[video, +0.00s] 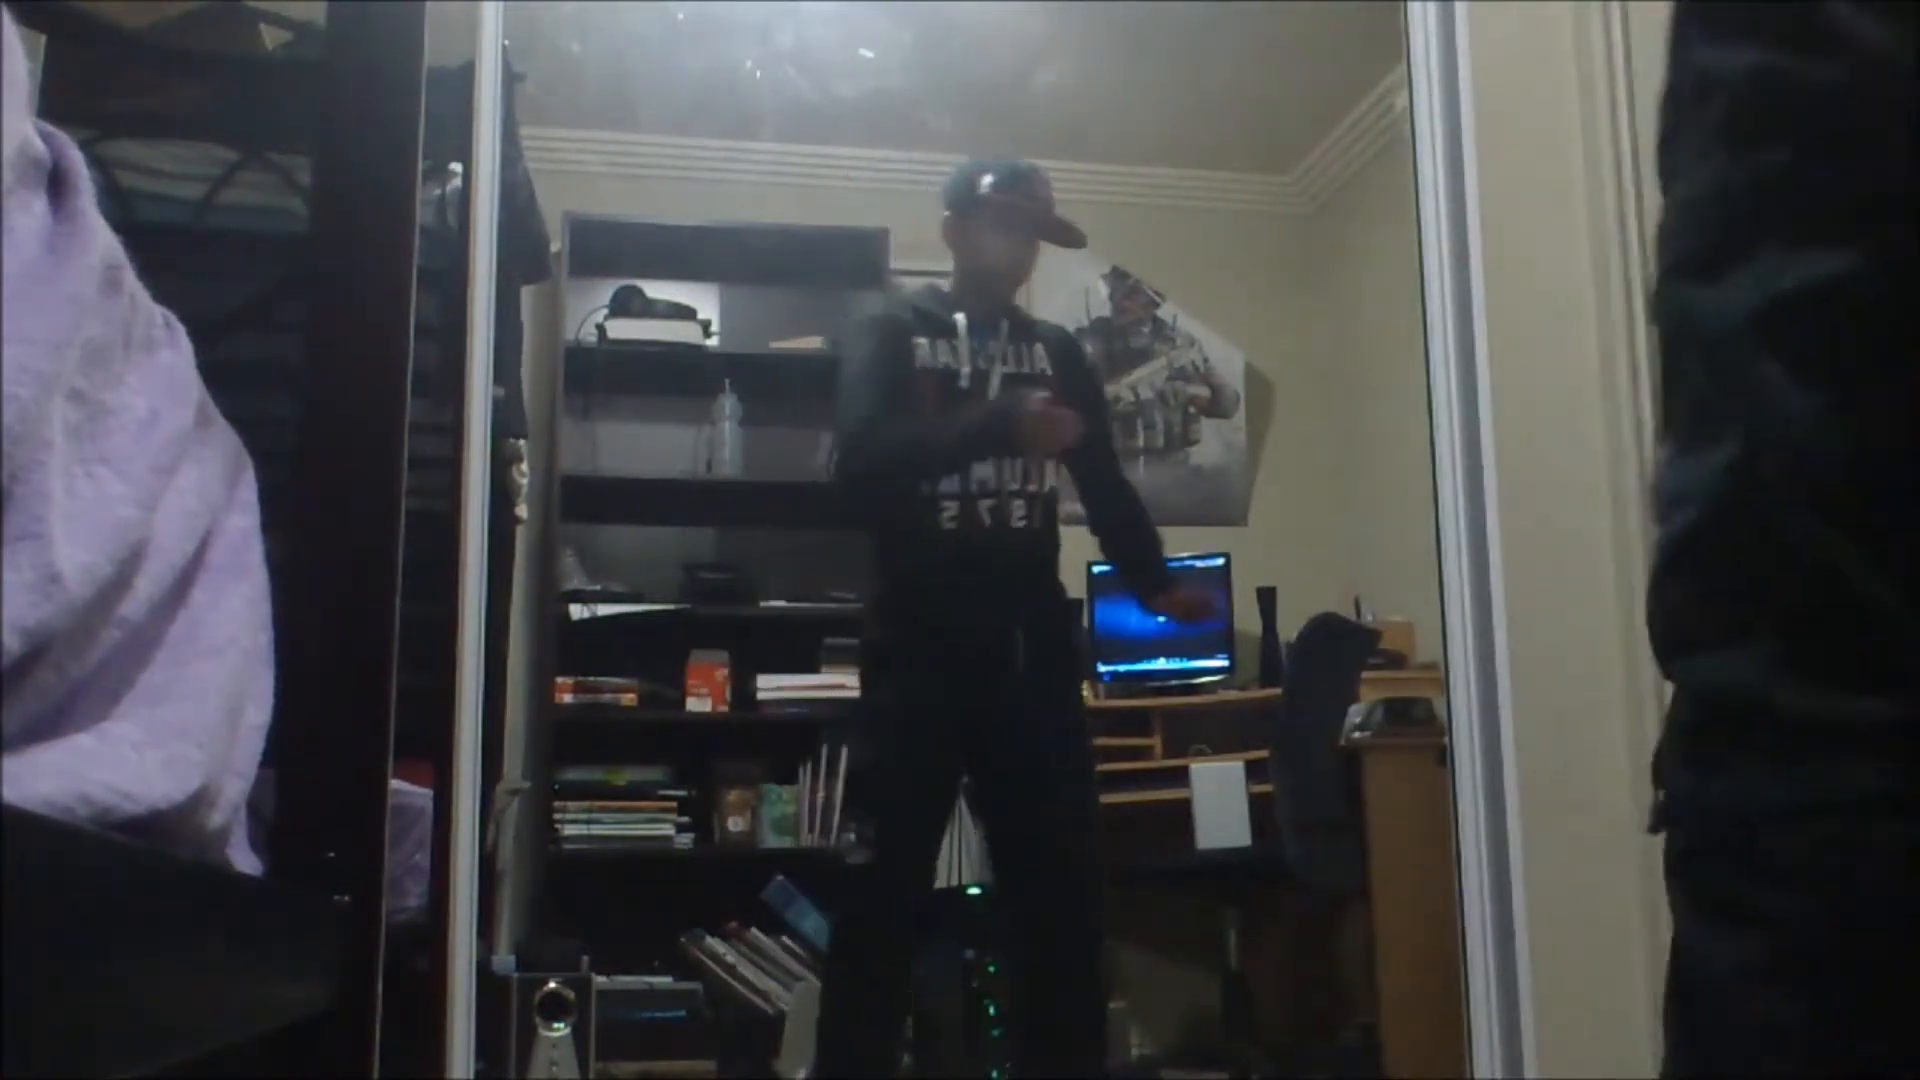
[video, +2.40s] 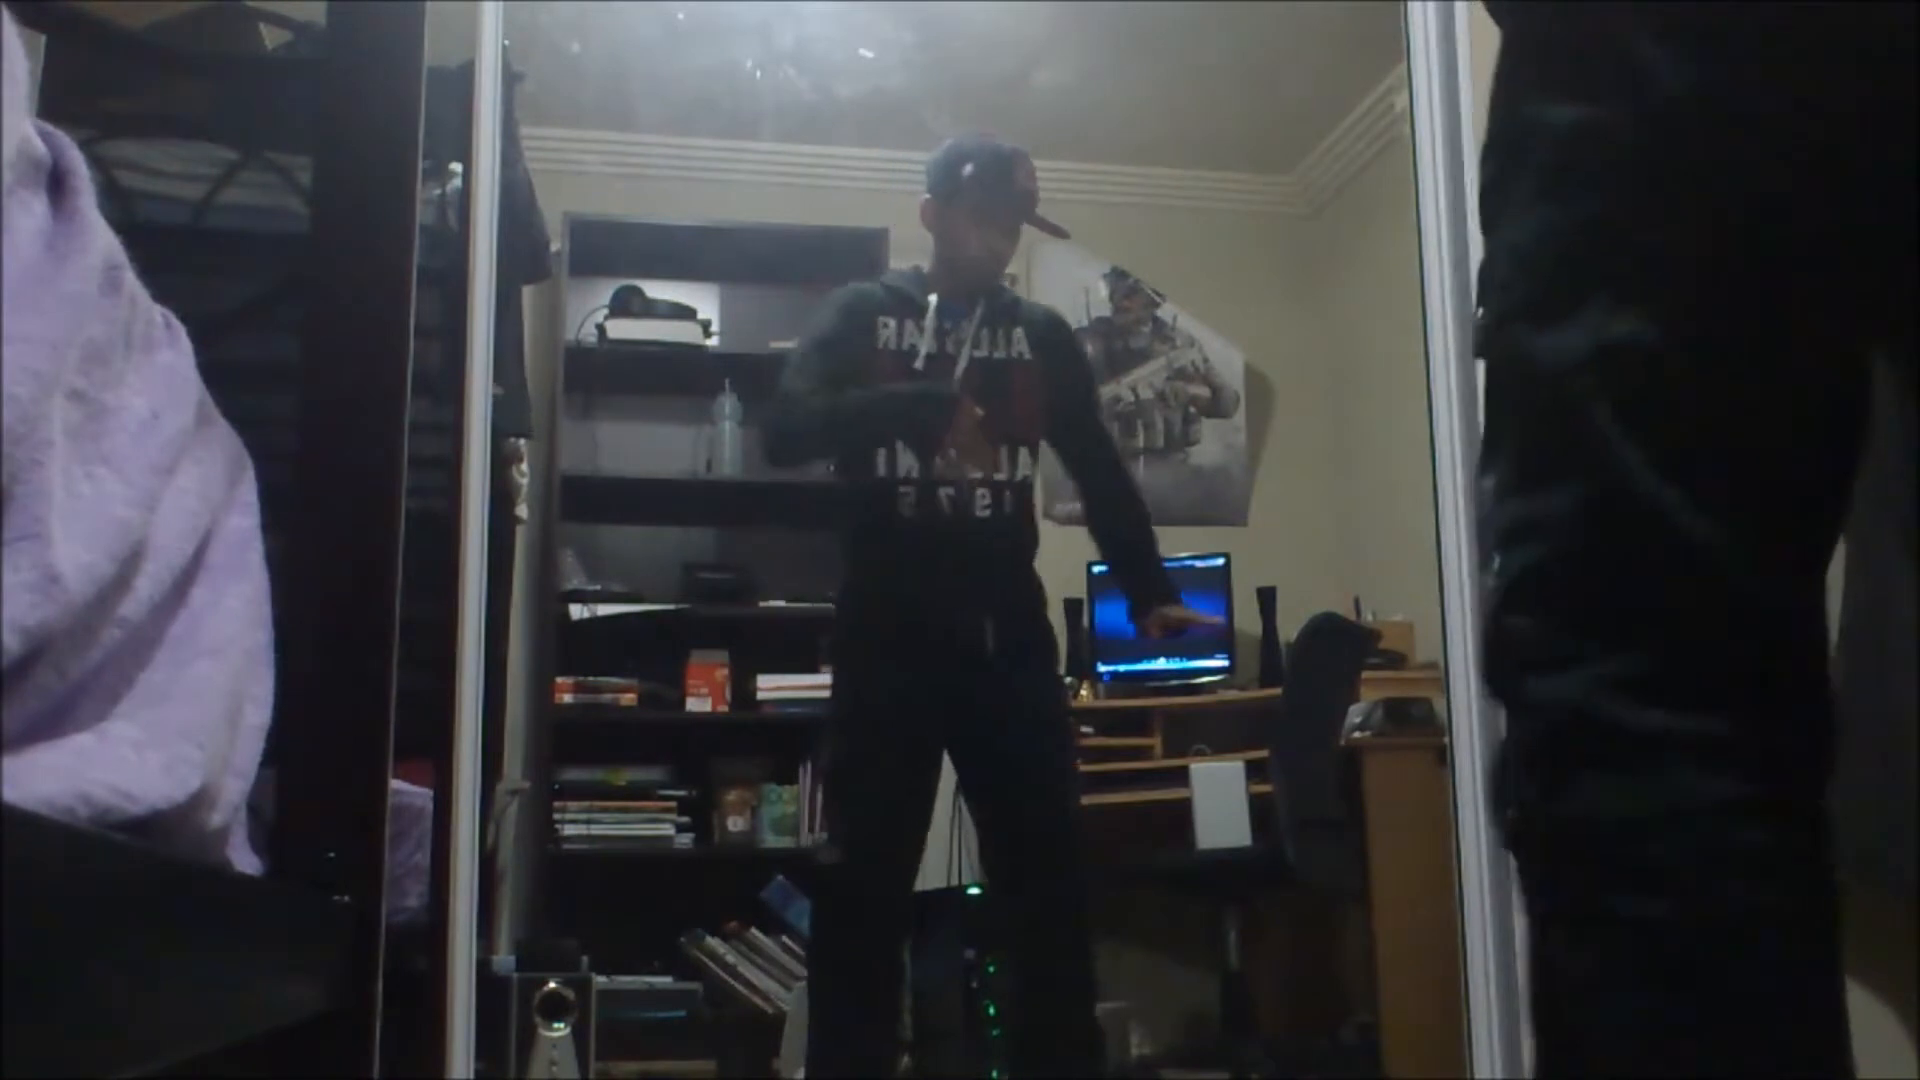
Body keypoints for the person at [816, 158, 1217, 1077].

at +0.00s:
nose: (1022, 248)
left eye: (1034, 233)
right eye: (1004, 227)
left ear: (1043, 242)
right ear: (956, 227)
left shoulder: (1057, 354)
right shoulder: (888, 323)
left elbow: (1102, 480)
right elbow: (862, 456)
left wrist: (1156, 580)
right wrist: (1002, 427)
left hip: (1030, 627)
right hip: (919, 623)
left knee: (1054, 874)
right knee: (890, 875)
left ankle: (1061, 1063)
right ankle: (858, 1065)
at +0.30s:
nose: (1051, 244)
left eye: (1065, 228)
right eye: (1034, 222)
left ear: (1080, 239)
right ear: (988, 228)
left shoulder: (1102, 351)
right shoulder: (923, 332)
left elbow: (1143, 512)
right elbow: (844, 465)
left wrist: (1174, 531)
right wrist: (924, 527)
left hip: (1051, 632)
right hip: (937, 630)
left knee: (1066, 870)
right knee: (905, 869)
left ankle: (1066, 1063)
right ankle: (898, 1064)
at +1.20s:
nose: (933, 239)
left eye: (957, 224)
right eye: (922, 222)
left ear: (996, 234)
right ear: (904, 230)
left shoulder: (1053, 339)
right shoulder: (873, 353)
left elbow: (1098, 493)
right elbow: (853, 523)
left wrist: (1087, 529)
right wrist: (800, 602)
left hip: (1022, 634)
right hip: (904, 634)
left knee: (1054, 869)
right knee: (828, 852)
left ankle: (1055, 1065)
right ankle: (767, 1063)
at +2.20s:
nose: (975, 239)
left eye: (988, 223)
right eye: (957, 218)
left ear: (997, 225)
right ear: (903, 213)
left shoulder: (1009, 339)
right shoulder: (829, 327)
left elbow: (1053, 481)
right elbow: (790, 479)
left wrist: (1088, 598)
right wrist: (895, 519)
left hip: (989, 637)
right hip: (869, 639)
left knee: (1048, 863)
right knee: (856, 880)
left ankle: (1091, 1063)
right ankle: (848, 1068)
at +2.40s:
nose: (1001, 238)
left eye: (1014, 221)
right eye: (983, 217)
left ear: (1027, 223)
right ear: (933, 212)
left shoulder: (1042, 337)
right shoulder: (862, 313)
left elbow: (1099, 470)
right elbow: (786, 424)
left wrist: (1152, 594)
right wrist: (919, 412)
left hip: (1005, 627)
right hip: (889, 623)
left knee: (1042, 867)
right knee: (867, 875)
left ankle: (1055, 1064)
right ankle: (850, 1065)